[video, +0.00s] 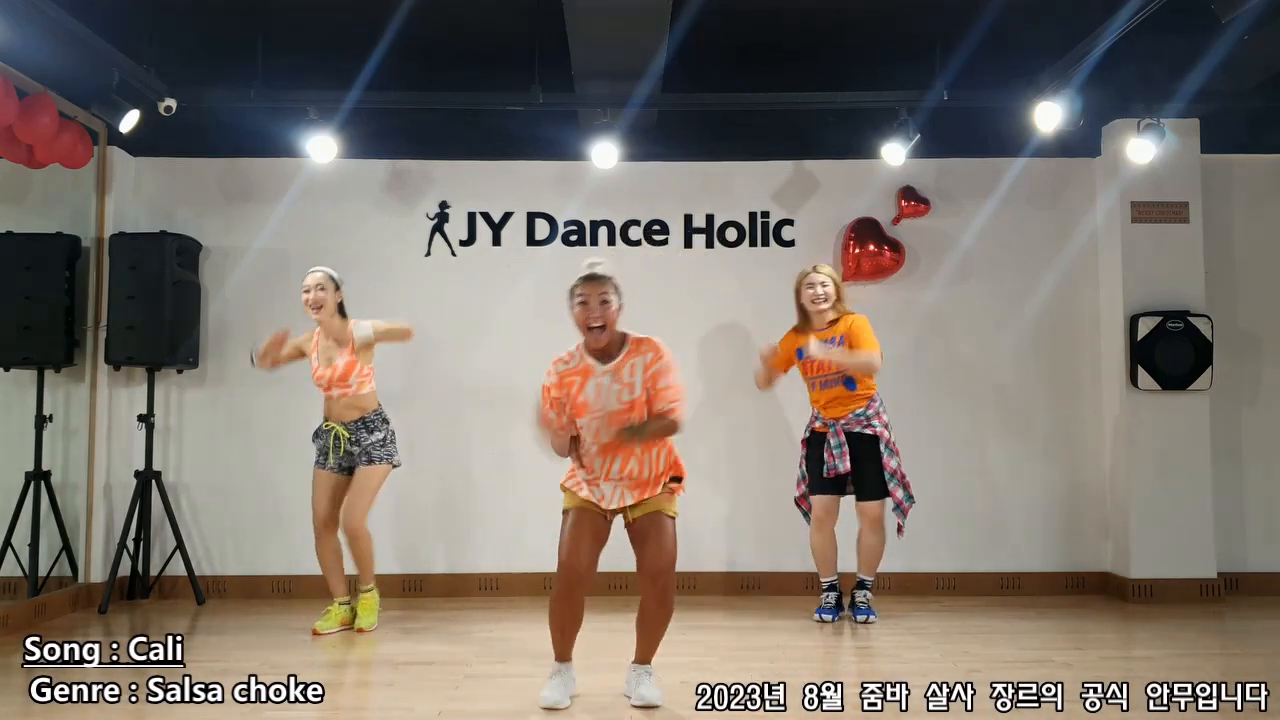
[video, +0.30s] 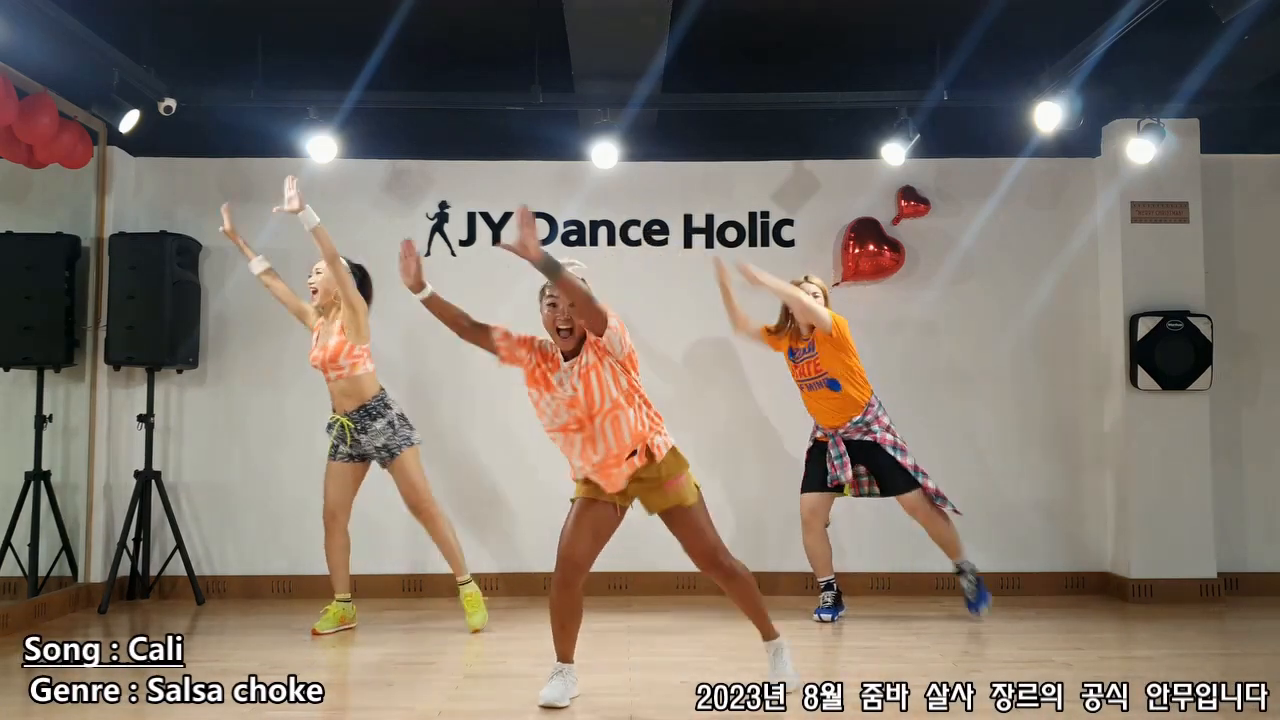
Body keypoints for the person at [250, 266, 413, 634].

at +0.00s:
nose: (312, 296)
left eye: (321, 288)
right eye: (307, 290)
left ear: (338, 295)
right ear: (302, 299)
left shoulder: (360, 331)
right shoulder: (309, 341)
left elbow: (407, 332)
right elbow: (267, 363)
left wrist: (367, 334)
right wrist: (270, 349)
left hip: (373, 434)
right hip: (333, 437)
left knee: (352, 520)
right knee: (323, 523)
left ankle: (367, 594)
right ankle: (341, 604)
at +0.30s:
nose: (312, 277)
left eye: (320, 271)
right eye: (311, 272)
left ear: (342, 281)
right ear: (313, 285)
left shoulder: (354, 316)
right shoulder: (314, 320)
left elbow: (333, 259)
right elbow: (270, 280)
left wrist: (302, 213)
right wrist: (237, 239)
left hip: (381, 418)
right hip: (345, 427)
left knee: (421, 504)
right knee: (333, 516)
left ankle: (466, 584)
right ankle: (342, 604)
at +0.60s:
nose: (358, 303)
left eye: (366, 296)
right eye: (352, 297)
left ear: (381, 303)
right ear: (345, 306)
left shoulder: (404, 345)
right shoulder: (345, 354)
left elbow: (443, 391)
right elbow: (331, 402)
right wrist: (321, 423)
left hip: (406, 441)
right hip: (365, 443)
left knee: (414, 534)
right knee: (325, 524)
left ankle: (439, 604)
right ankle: (341, 606)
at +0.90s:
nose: (416, 294)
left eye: (423, 287)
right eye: (409, 288)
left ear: (434, 293)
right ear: (399, 294)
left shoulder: (451, 331)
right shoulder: (390, 331)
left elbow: (496, 344)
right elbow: (349, 347)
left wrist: (482, 333)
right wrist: (370, 337)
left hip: (450, 430)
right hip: (404, 432)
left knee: (449, 521)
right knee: (407, 524)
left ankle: (444, 602)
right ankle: (412, 604)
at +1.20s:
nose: (481, 303)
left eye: (487, 297)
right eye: (473, 297)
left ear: (495, 302)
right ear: (460, 304)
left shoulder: (501, 350)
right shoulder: (446, 346)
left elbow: (517, 396)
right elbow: (404, 398)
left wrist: (523, 421)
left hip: (483, 444)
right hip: (440, 443)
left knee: (516, 524)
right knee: (401, 532)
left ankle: (520, 608)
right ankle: (408, 604)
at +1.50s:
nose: (506, 292)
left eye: (512, 286)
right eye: (498, 287)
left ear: (518, 294)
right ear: (484, 295)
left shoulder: (524, 334)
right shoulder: (473, 330)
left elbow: (569, 341)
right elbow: (499, 338)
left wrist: (602, 333)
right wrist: (552, 328)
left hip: (488, 434)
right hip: (446, 426)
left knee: (515, 516)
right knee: (396, 514)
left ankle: (520, 605)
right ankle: (358, 588)